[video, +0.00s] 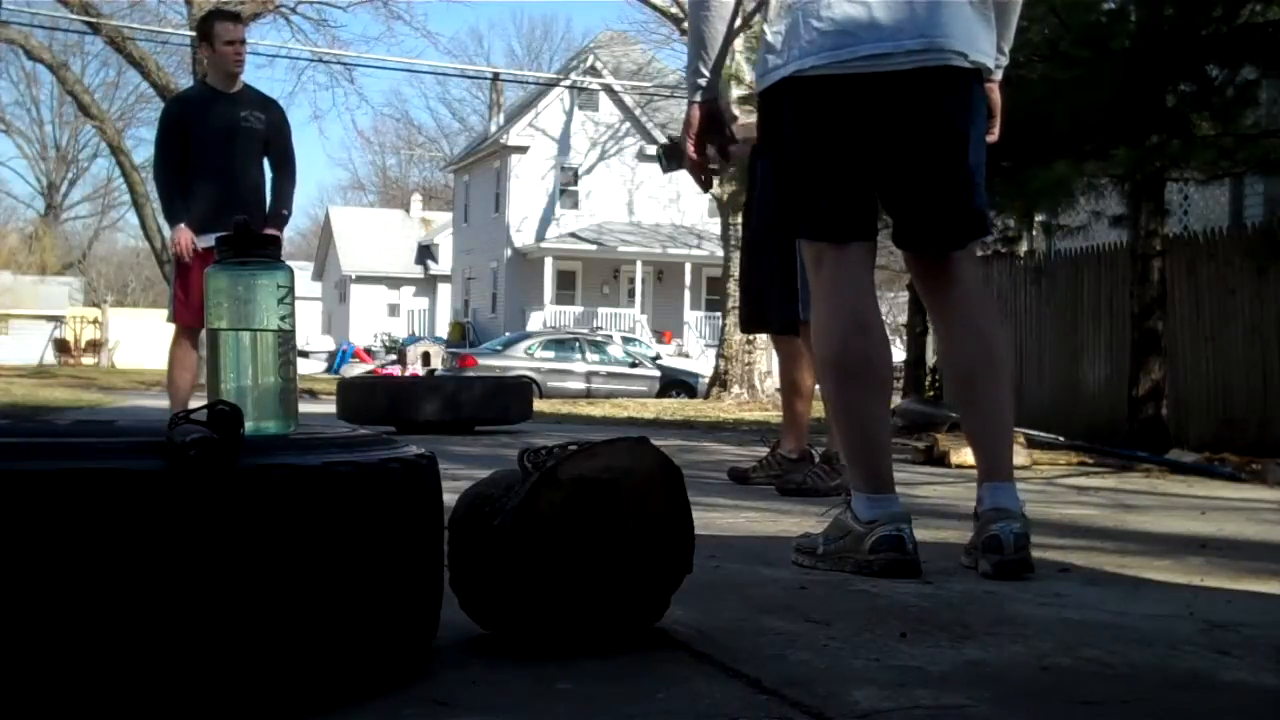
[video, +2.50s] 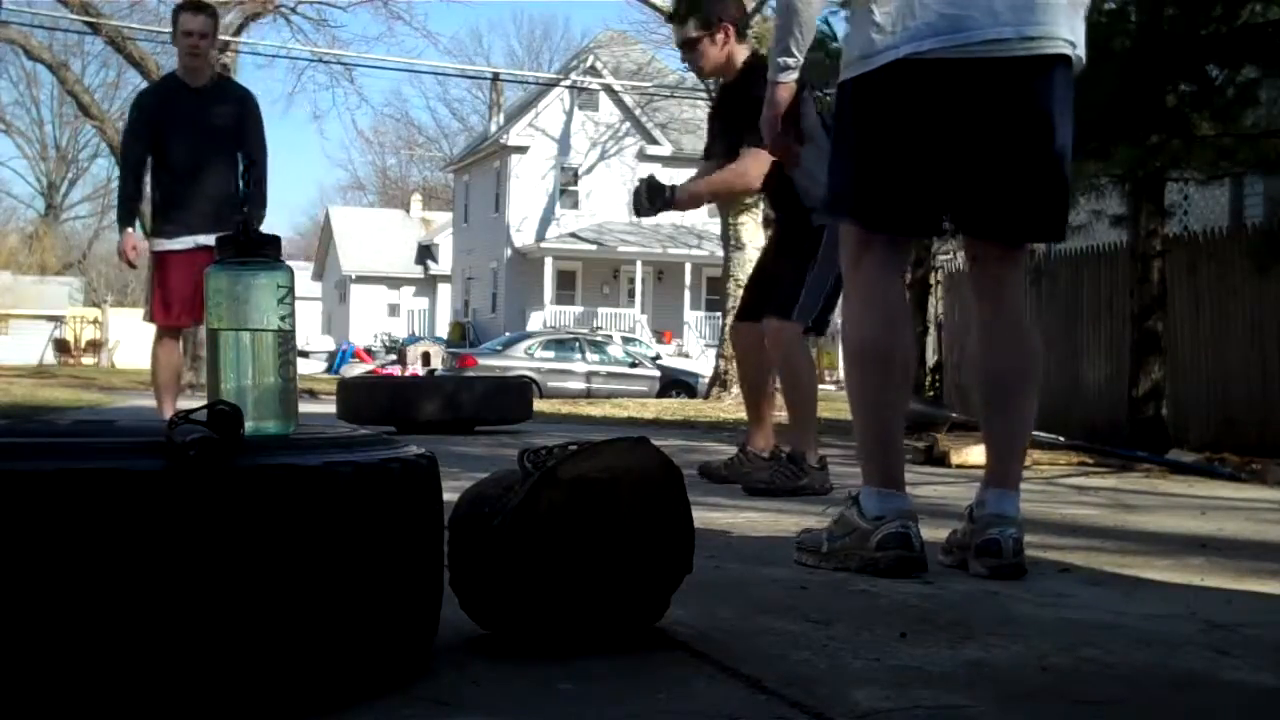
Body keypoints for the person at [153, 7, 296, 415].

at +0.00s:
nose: (240, 51)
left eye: (242, 44)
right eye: (230, 44)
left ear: (246, 47)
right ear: (205, 49)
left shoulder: (267, 109)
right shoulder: (179, 108)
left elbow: (284, 172)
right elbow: (164, 170)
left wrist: (275, 224)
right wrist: (177, 223)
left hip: (251, 241)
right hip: (197, 240)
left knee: (252, 335)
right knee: (188, 331)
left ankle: (250, 425)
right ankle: (179, 421)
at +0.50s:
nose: (231, 48)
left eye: (234, 41)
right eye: (221, 41)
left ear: (238, 44)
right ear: (197, 46)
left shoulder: (260, 107)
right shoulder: (173, 106)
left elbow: (277, 173)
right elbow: (154, 171)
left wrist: (277, 231)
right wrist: (151, 225)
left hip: (244, 239)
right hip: (187, 239)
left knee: (242, 334)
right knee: (184, 331)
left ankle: (240, 426)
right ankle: (179, 424)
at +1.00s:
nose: (244, 52)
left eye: (246, 45)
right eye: (237, 44)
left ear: (239, 48)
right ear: (208, 46)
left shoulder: (254, 108)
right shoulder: (168, 104)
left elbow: (268, 176)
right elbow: (146, 170)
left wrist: (265, 234)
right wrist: (145, 227)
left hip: (239, 239)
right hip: (184, 239)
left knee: (237, 335)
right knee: (183, 333)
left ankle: (234, 423)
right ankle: (178, 423)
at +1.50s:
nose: (268, 56)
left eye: (275, 48)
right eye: (260, 48)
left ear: (282, 49)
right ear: (240, 47)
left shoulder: (297, 108)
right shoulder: (210, 103)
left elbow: (313, 173)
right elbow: (192, 167)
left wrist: (313, 229)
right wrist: (194, 220)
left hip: (269, 235)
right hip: (214, 232)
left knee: (267, 329)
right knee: (192, 319)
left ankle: (266, 417)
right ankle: (180, 408)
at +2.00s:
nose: (256, 55)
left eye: (266, 47)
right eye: (249, 45)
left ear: (276, 50)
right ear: (235, 43)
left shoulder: (294, 107)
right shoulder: (206, 98)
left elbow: (309, 172)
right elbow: (184, 158)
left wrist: (309, 231)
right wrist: (178, 213)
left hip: (265, 233)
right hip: (209, 229)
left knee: (259, 328)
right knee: (188, 321)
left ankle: (255, 419)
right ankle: (175, 410)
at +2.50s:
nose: (195, 42)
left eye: (204, 35)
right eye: (188, 34)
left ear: (215, 40)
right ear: (175, 38)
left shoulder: (240, 99)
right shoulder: (151, 100)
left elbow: (257, 164)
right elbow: (131, 166)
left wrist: (251, 225)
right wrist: (127, 226)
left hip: (229, 231)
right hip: (173, 233)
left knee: (232, 329)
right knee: (170, 328)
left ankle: (232, 421)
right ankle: (170, 421)